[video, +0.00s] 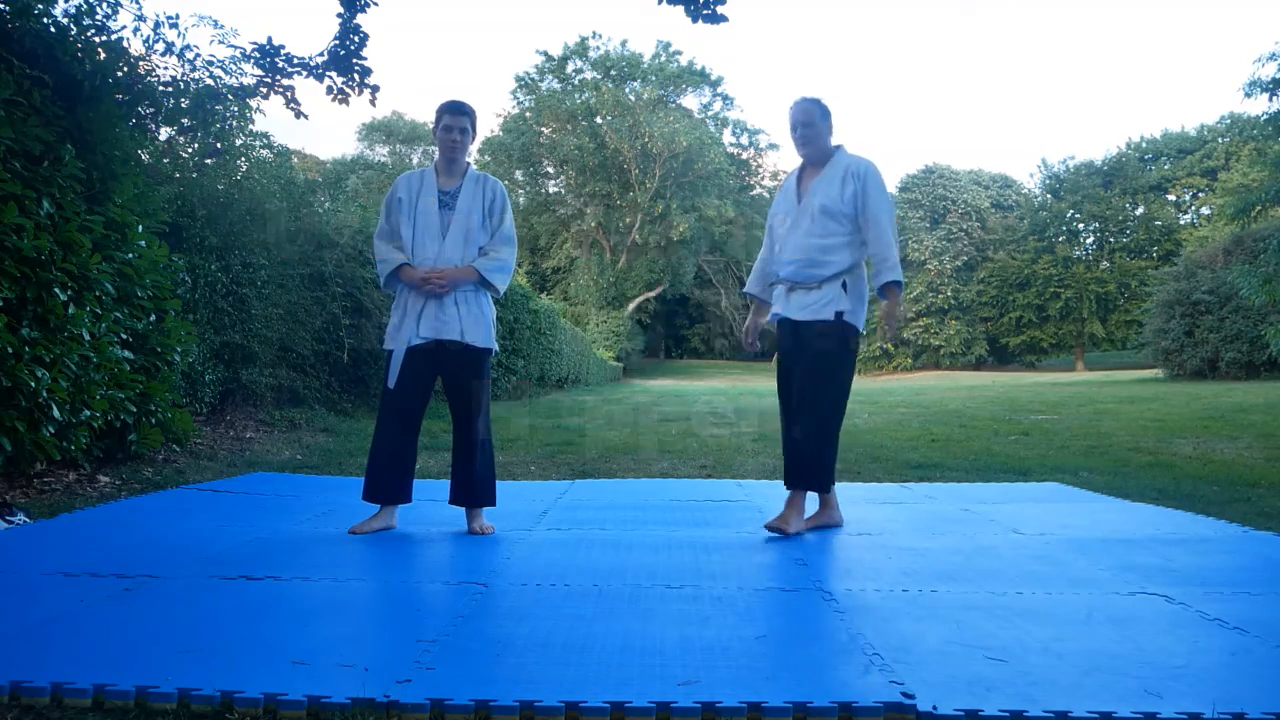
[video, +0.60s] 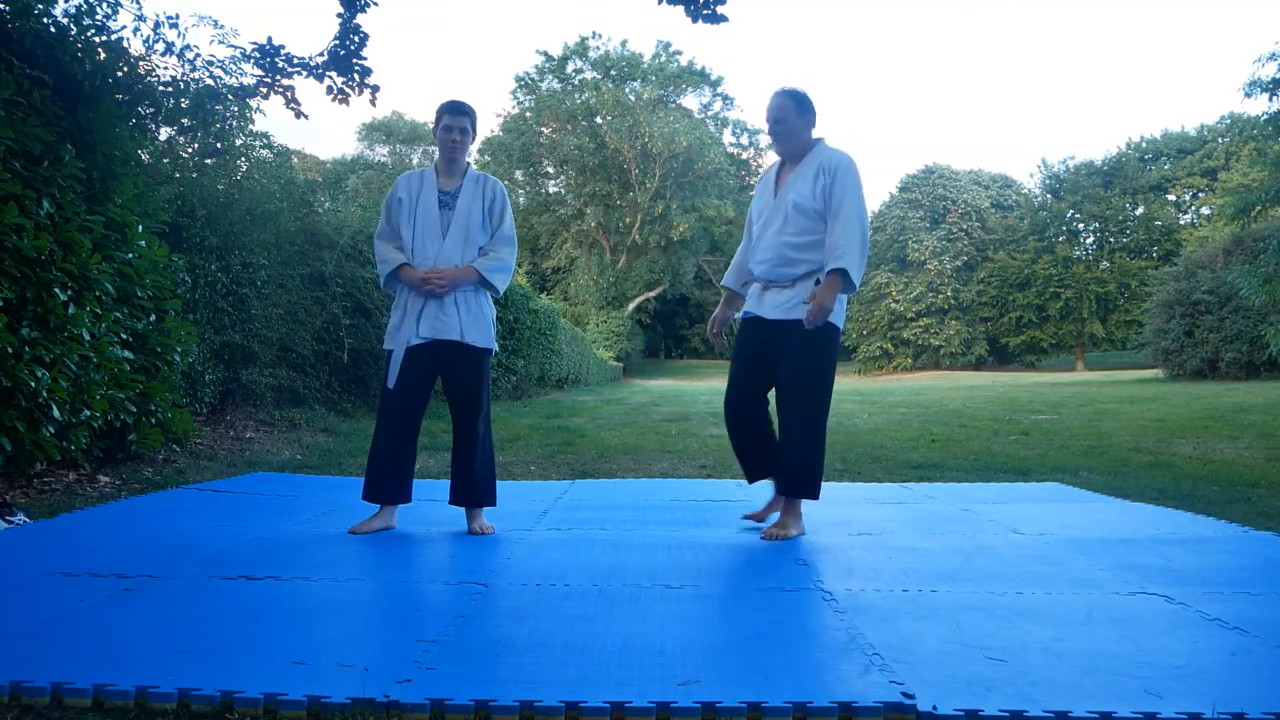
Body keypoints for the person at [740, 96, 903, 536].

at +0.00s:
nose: (800, 134)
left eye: (808, 126)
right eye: (794, 128)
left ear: (829, 128)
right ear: (788, 134)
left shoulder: (858, 172)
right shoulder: (788, 187)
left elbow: (881, 234)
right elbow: (770, 251)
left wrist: (891, 296)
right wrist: (757, 310)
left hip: (835, 305)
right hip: (790, 306)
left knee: (814, 407)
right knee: (800, 408)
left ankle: (794, 508)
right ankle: (828, 506)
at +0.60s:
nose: (771, 131)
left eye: (780, 122)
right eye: (768, 123)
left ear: (808, 122)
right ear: (768, 126)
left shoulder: (835, 165)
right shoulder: (767, 180)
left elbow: (850, 231)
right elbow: (750, 244)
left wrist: (829, 290)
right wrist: (726, 302)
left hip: (809, 307)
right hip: (761, 307)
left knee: (800, 408)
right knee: (741, 401)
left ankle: (792, 512)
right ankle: (782, 487)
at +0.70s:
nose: (767, 130)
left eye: (775, 122)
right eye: (764, 123)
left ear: (803, 121)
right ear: (766, 125)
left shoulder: (832, 165)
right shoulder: (763, 179)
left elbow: (848, 231)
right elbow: (746, 243)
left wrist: (825, 290)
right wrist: (726, 301)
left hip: (807, 306)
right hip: (757, 306)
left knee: (799, 410)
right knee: (735, 403)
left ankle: (791, 514)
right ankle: (751, 497)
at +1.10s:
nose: (738, 129)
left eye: (747, 121)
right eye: (734, 121)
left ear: (774, 123)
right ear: (732, 124)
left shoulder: (802, 169)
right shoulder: (721, 178)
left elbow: (822, 236)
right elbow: (700, 245)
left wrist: (832, 301)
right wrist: (678, 305)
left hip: (781, 305)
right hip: (725, 306)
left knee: (783, 411)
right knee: (711, 409)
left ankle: (789, 514)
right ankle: (699, 508)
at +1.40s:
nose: (731, 125)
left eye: (740, 118)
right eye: (725, 118)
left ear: (756, 124)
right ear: (715, 124)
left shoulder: (778, 174)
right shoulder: (694, 173)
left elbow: (804, 238)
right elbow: (658, 223)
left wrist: (838, 292)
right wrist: (624, 266)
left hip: (762, 304)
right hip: (704, 303)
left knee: (762, 407)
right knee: (696, 405)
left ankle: (766, 505)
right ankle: (698, 506)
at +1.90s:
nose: (756, 124)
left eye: (762, 118)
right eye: (749, 116)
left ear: (767, 129)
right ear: (727, 124)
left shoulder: (769, 187)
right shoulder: (708, 166)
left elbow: (774, 254)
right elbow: (678, 213)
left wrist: (779, 312)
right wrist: (661, 258)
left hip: (752, 304)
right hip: (707, 297)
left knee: (744, 403)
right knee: (703, 400)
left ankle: (721, 505)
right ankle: (692, 505)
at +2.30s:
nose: (766, 139)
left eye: (767, 132)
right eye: (761, 129)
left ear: (741, 126)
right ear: (736, 124)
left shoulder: (737, 171)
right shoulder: (715, 158)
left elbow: (719, 233)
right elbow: (694, 222)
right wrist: (691, 285)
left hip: (728, 302)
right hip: (700, 298)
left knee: (731, 404)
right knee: (689, 402)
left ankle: (720, 503)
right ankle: (660, 508)